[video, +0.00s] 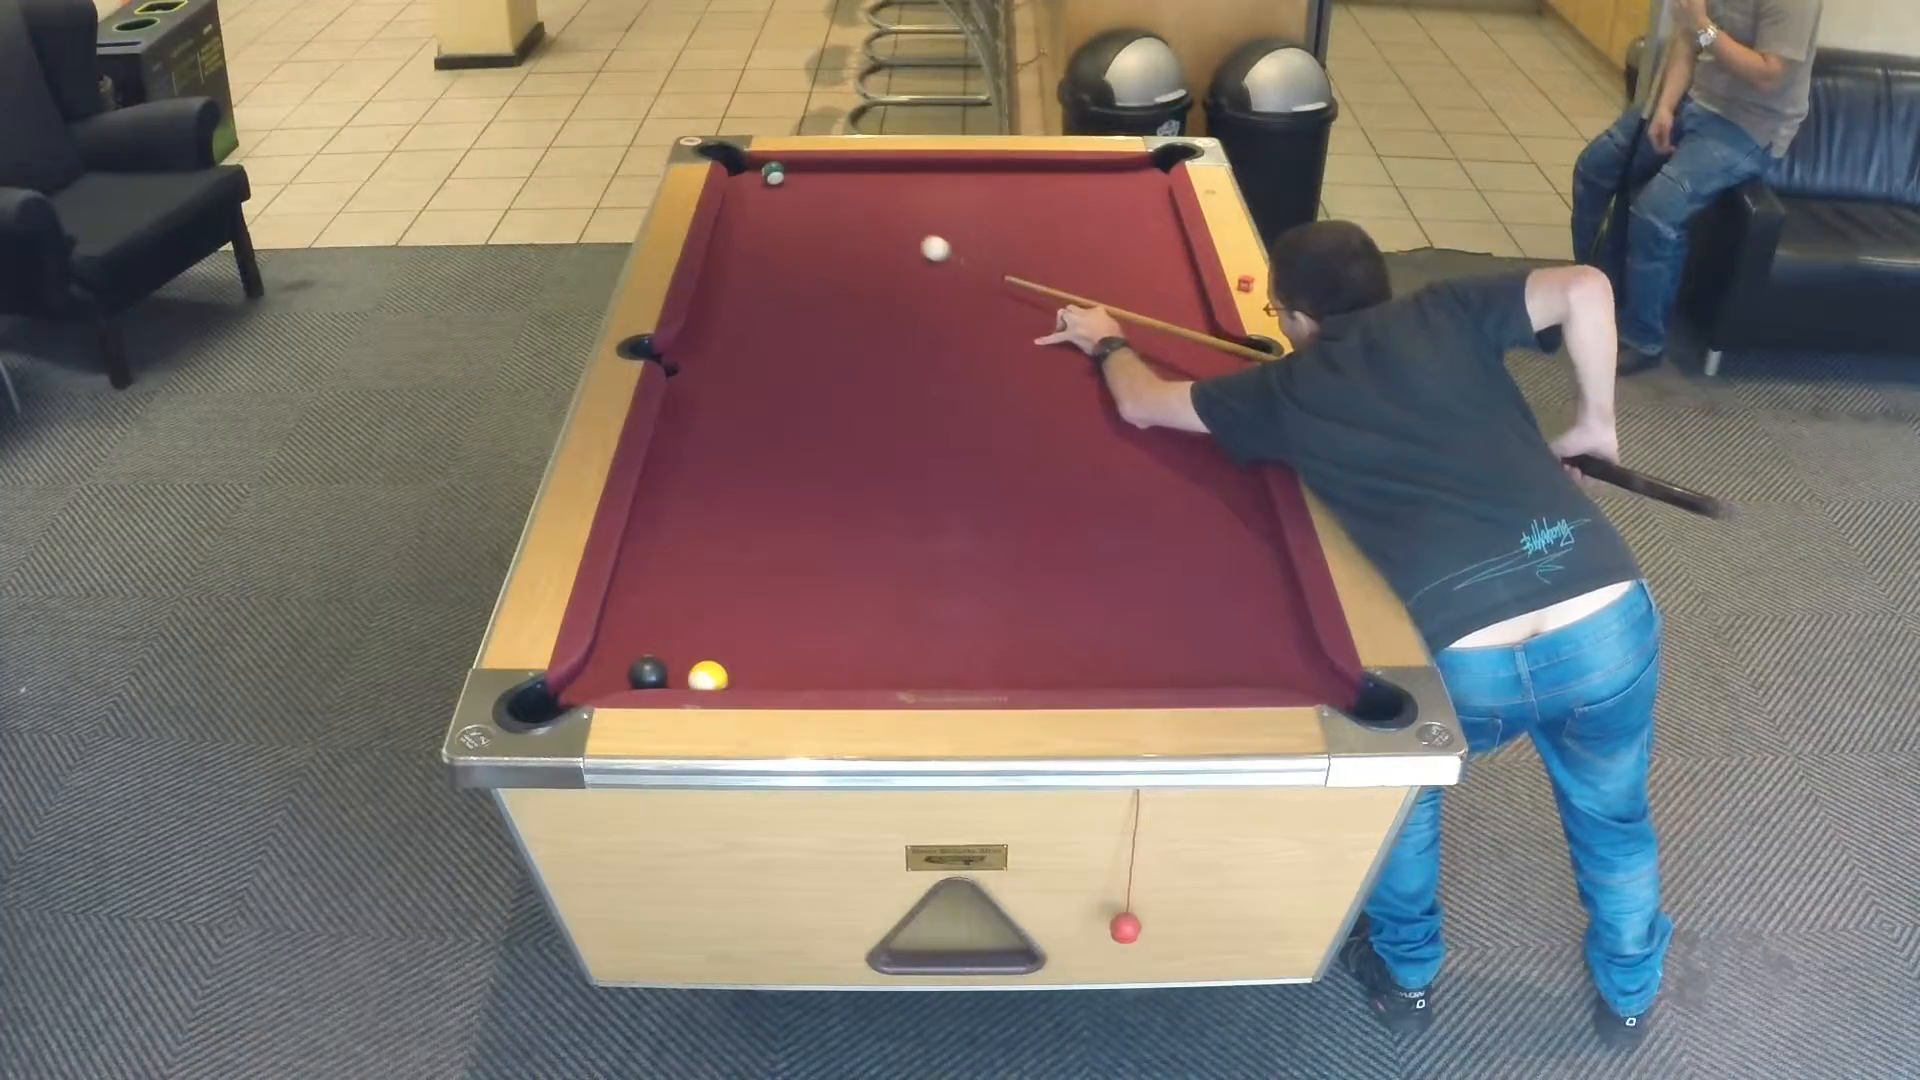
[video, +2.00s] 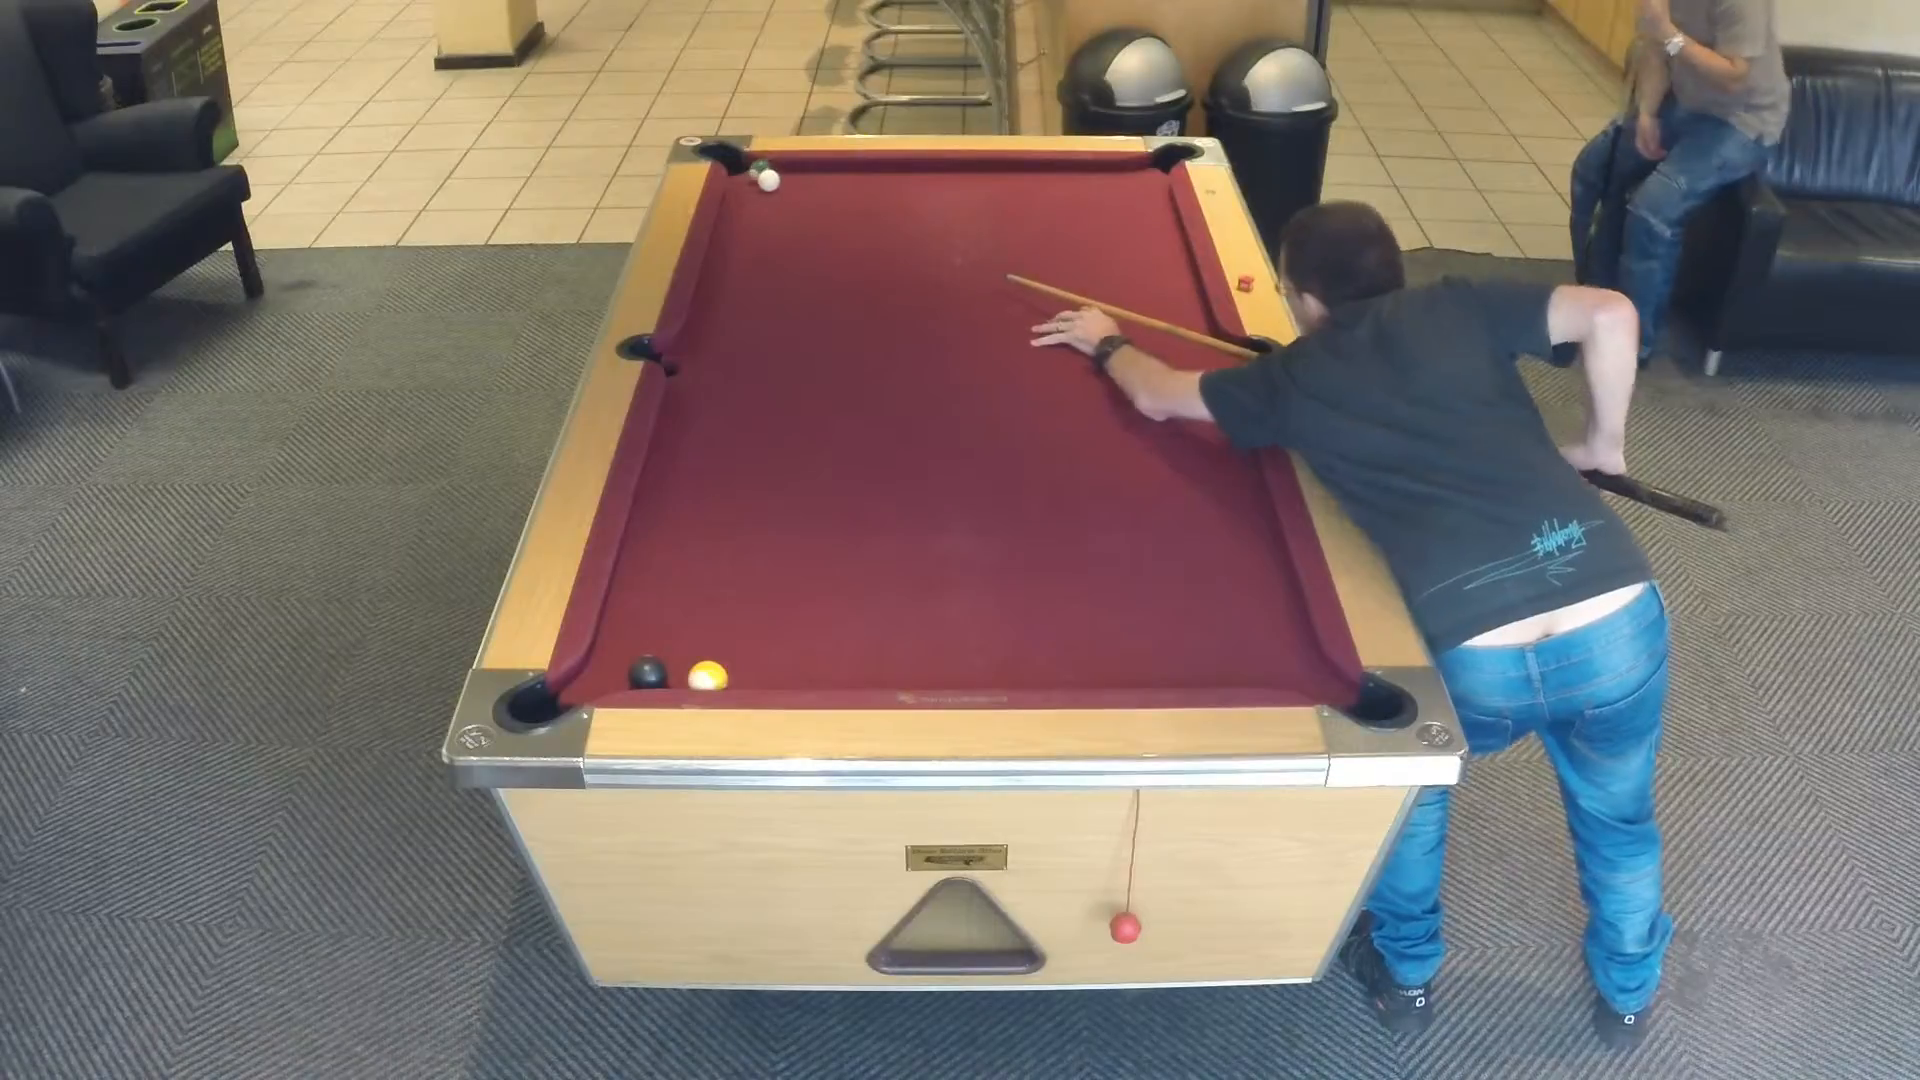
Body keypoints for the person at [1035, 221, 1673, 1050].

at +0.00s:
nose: (1279, 321)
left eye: (1281, 308)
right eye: (1279, 308)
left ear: (1298, 318)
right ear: (1386, 290)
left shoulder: (1286, 388)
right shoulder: (1451, 312)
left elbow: (1144, 401)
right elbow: (1584, 286)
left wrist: (1105, 342)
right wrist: (1597, 419)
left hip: (1469, 660)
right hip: (1607, 622)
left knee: (1394, 763)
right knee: (1615, 818)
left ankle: (1408, 965)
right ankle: (1631, 988)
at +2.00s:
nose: (1289, 300)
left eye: (1290, 288)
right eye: (1287, 288)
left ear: (1307, 300)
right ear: (1399, 273)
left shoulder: (1292, 377)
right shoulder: (1466, 306)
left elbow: (1161, 392)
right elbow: (1610, 313)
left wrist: (1105, 341)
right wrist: (1606, 441)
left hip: (1479, 663)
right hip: (1617, 625)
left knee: (1406, 762)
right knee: (1621, 824)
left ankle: (1407, 966)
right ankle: (1631, 989)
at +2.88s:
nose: (1538, 183)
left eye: (1557, 171)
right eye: (1544, 163)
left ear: (1623, 199)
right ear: (1666, 192)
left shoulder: (1599, 352)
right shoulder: (1757, 292)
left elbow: (1551, 612)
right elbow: (1711, 476)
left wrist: (1495, 532)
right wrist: (1548, 510)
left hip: (1616, 742)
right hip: (1740, 709)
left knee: (1474, 897)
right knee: (1628, 925)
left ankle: (1411, 1032)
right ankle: (1613, 1067)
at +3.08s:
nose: (1556, 222)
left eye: (1581, 213)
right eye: (1566, 200)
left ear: (1664, 247)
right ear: (1686, 249)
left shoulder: (1648, 422)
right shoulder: (1769, 321)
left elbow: (1677, 694)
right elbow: (1792, 511)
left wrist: (1560, 704)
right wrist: (1620, 561)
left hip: (1640, 793)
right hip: (1738, 750)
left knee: (1486, 993)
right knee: (1628, 960)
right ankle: (1614, 1067)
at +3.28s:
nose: (1527, 294)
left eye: (1555, 288)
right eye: (1540, 271)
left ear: (1642, 324)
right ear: (1652, 319)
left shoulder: (1687, 527)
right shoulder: (1731, 371)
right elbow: (1783, 503)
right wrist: (1606, 611)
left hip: (1636, 848)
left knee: (1552, 1048)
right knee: (1602, 1009)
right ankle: (1609, 1059)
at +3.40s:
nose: (1486, 357)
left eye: (1511, 347)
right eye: (1500, 334)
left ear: (1593, 405)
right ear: (1602, 398)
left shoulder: (1679, 641)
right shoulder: (1671, 441)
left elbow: (1627, 880)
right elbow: (1757, 510)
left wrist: (1529, 1057)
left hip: (1616, 942)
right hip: (1565, 859)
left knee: (1553, 1065)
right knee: (1532, 1011)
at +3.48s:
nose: (1459, 397)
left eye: (1476, 395)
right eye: (1469, 382)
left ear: (1552, 441)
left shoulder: (1673, 681)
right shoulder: (1648, 453)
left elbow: (1617, 931)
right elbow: (1727, 519)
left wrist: (1512, 1066)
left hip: (1588, 985)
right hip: (1520, 883)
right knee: (1475, 1028)